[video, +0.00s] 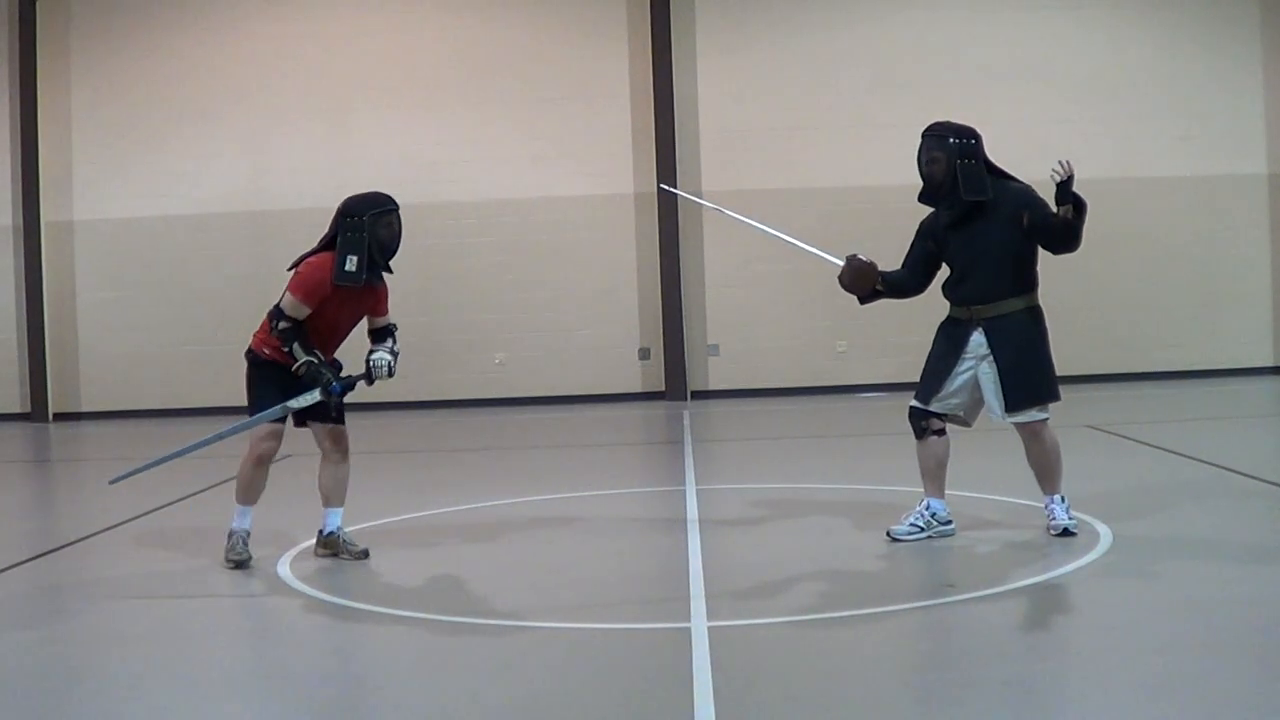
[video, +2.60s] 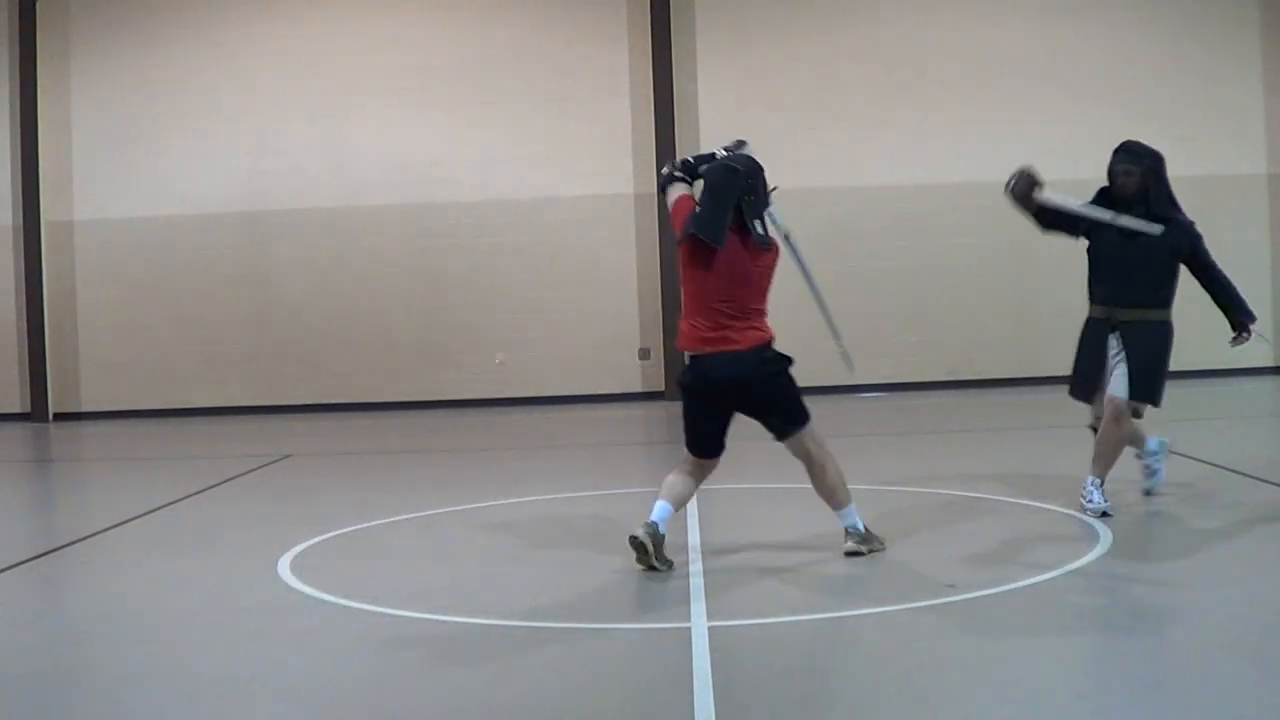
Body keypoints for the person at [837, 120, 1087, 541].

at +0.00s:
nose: (926, 169)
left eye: (934, 159)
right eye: (923, 160)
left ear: (961, 159)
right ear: (925, 163)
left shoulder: (1016, 198)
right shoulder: (939, 221)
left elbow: (1063, 242)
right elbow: (912, 279)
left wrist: (1069, 206)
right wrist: (872, 280)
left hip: (1014, 324)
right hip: (960, 326)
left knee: (1030, 418)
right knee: (927, 414)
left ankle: (1055, 503)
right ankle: (934, 509)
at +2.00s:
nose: (957, 173)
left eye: (966, 164)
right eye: (952, 165)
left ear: (989, 165)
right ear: (947, 170)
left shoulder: (1027, 211)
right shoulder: (946, 227)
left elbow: (1066, 254)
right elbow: (937, 290)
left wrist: (1088, 224)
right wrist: (913, 282)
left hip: (1022, 325)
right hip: (965, 329)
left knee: (1053, 410)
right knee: (937, 414)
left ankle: (1045, 476)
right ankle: (934, 509)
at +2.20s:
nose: (1009, 183)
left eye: (1017, 175)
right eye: (1004, 175)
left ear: (1041, 177)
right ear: (1000, 178)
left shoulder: (1075, 226)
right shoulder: (996, 225)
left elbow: (1126, 262)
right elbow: (950, 253)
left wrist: (1130, 229)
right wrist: (904, 245)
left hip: (1055, 337)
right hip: (997, 335)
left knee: (1086, 427)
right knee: (965, 421)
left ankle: (1091, 481)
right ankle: (930, 507)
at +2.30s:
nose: (1043, 179)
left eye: (1053, 172)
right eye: (1039, 171)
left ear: (1074, 175)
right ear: (1034, 175)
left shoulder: (1108, 224)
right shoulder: (1030, 223)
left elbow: (1153, 263)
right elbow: (981, 257)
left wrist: (1159, 240)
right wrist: (935, 254)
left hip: (1086, 336)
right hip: (1030, 332)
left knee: (1099, 430)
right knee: (993, 418)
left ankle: (1090, 490)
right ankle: (944, 491)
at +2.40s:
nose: (1074, 175)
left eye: (1083, 167)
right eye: (1069, 167)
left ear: (1103, 173)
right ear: (1063, 173)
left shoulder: (1131, 225)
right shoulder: (1056, 225)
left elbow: (1164, 266)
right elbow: (1030, 274)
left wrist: (1194, 273)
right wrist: (983, 290)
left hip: (1107, 334)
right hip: (1054, 331)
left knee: (1109, 421)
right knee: (1029, 414)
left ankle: (1093, 485)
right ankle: (1001, 467)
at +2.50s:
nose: (1097, 178)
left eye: (1105, 171)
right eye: (1093, 170)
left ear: (1126, 175)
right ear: (1086, 173)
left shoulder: (1152, 226)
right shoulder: (1080, 223)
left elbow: (1188, 269)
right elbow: (1049, 266)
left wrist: (1227, 302)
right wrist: (1006, 268)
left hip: (1126, 331)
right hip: (1076, 328)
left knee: (1116, 414)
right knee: (1063, 421)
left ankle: (1096, 482)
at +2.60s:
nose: (1120, 180)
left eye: (1129, 173)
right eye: (1116, 172)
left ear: (1149, 177)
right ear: (1109, 174)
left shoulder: (1172, 225)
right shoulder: (1098, 212)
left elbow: (1206, 270)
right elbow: (1058, 220)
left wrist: (1238, 314)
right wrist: (1029, 200)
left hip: (1145, 327)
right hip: (1100, 323)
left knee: (1116, 406)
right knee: (1100, 417)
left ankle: (1094, 482)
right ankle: (1149, 449)